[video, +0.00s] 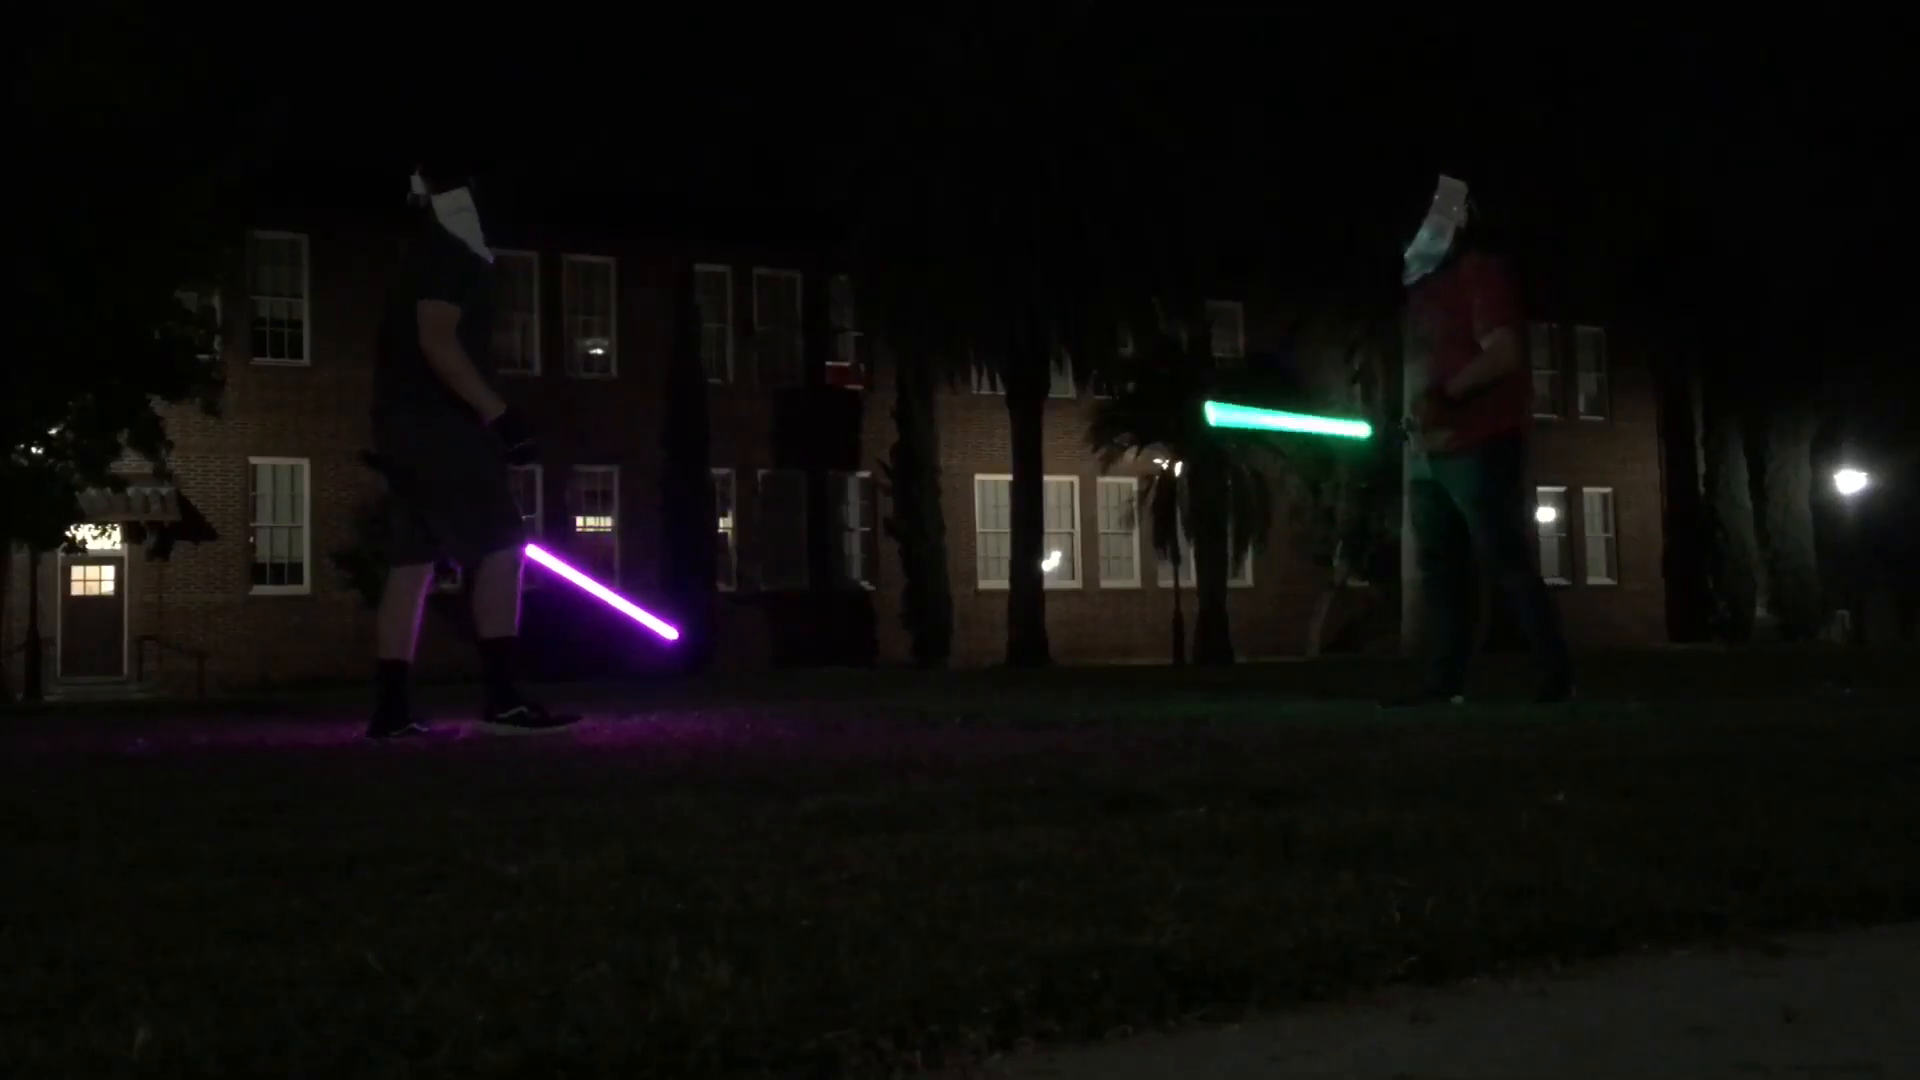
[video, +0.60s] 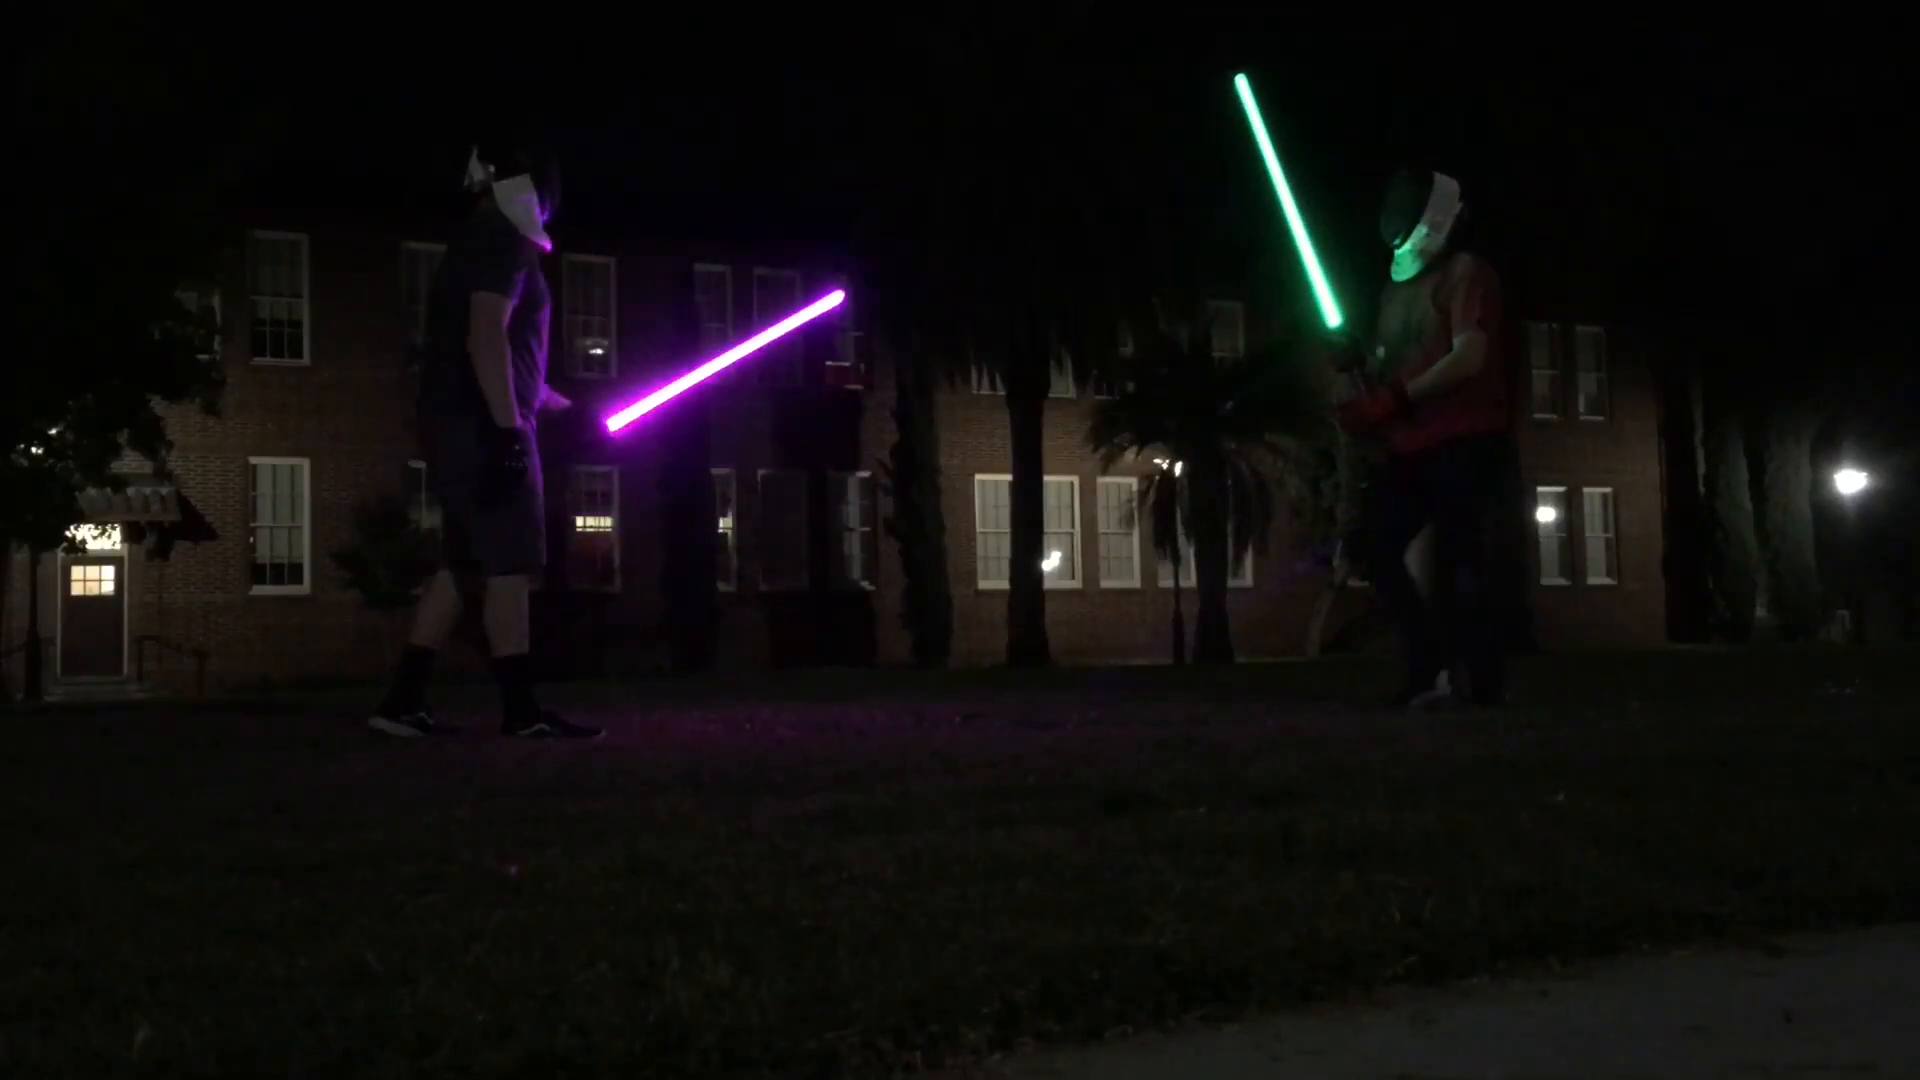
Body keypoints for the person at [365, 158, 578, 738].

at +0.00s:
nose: (493, 213)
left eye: (488, 201)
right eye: (485, 201)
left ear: (434, 203)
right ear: (462, 203)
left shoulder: (421, 254)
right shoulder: (449, 254)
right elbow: (437, 343)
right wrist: (499, 414)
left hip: (410, 437)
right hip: (448, 438)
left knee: (411, 560)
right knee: (503, 546)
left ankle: (390, 709)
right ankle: (504, 694)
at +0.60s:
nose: (548, 210)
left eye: (545, 198)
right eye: (542, 197)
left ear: (501, 189)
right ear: (520, 191)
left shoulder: (483, 245)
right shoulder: (504, 246)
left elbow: (504, 356)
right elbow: (486, 336)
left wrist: (564, 406)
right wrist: (511, 429)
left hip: (466, 431)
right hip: (497, 433)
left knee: (462, 563)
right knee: (510, 565)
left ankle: (404, 697)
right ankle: (521, 708)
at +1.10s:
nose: (535, 202)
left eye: (532, 190)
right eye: (529, 187)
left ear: (479, 174)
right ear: (512, 180)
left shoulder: (486, 235)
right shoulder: (492, 228)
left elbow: (507, 351)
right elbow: (439, 310)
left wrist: (573, 331)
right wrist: (415, 395)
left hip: (461, 423)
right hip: (498, 421)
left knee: (452, 561)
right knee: (555, 545)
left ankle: (431, 704)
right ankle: (533, 696)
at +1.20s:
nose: (538, 190)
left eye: (535, 179)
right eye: (532, 178)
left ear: (477, 174)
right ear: (516, 176)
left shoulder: (491, 234)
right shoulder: (494, 226)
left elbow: (514, 352)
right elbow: (436, 306)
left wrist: (573, 322)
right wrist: (406, 391)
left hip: (458, 420)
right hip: (500, 416)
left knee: (448, 555)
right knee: (565, 541)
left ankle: (431, 706)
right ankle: (545, 696)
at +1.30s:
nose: (540, 191)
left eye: (537, 180)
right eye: (536, 179)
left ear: (483, 176)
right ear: (520, 176)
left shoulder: (483, 231)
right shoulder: (499, 226)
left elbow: (514, 349)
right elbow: (444, 314)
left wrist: (569, 335)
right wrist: (419, 402)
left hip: (461, 418)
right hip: (506, 416)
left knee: (450, 555)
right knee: (552, 546)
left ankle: (430, 705)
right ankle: (561, 702)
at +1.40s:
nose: (544, 203)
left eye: (540, 191)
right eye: (539, 189)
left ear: (490, 182)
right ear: (521, 182)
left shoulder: (481, 239)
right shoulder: (507, 231)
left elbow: (517, 357)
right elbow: (469, 318)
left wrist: (582, 359)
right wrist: (459, 413)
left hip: (481, 421)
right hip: (516, 420)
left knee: (460, 560)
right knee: (545, 557)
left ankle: (432, 705)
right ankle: (561, 704)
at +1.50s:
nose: (549, 205)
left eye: (547, 192)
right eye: (543, 190)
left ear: (496, 187)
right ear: (522, 186)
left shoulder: (478, 239)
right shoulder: (513, 237)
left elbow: (485, 333)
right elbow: (488, 323)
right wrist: (508, 419)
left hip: (479, 426)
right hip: (529, 426)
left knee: (470, 560)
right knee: (548, 561)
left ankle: (437, 703)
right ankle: (563, 703)